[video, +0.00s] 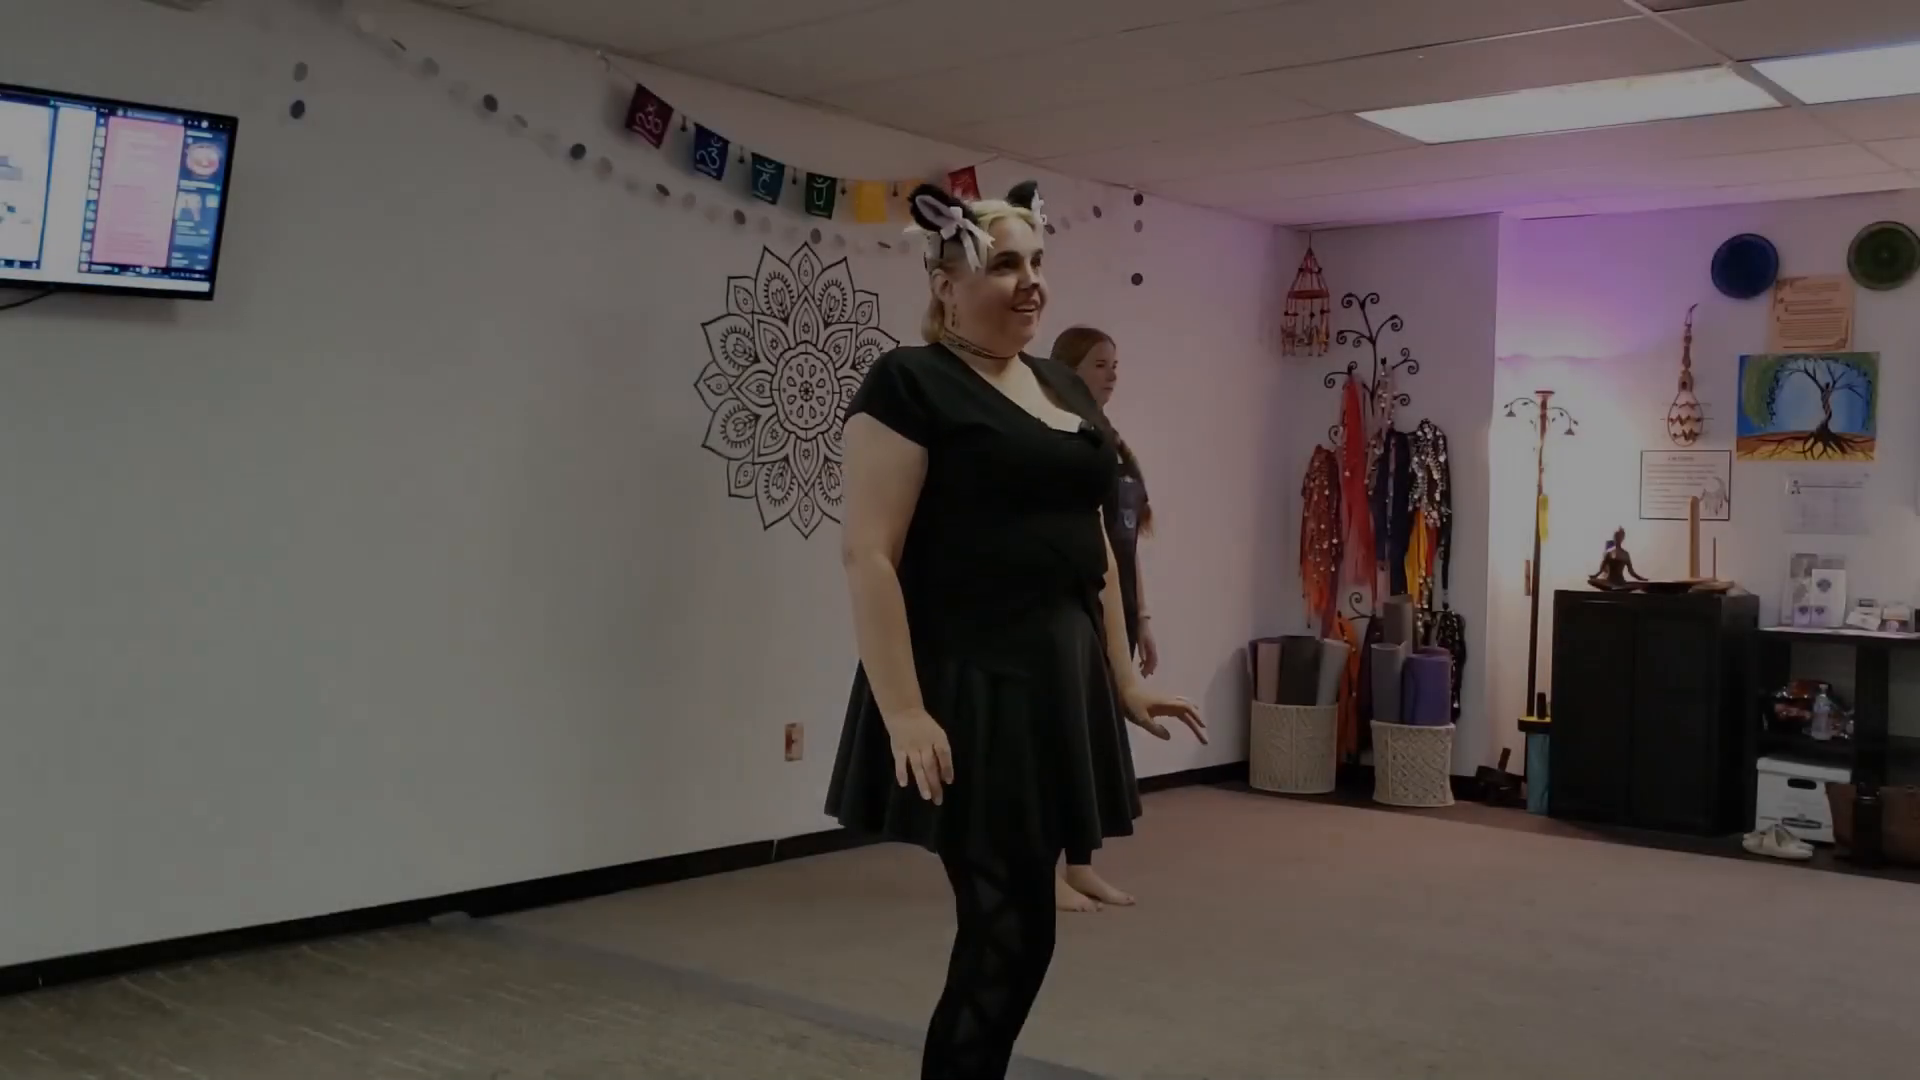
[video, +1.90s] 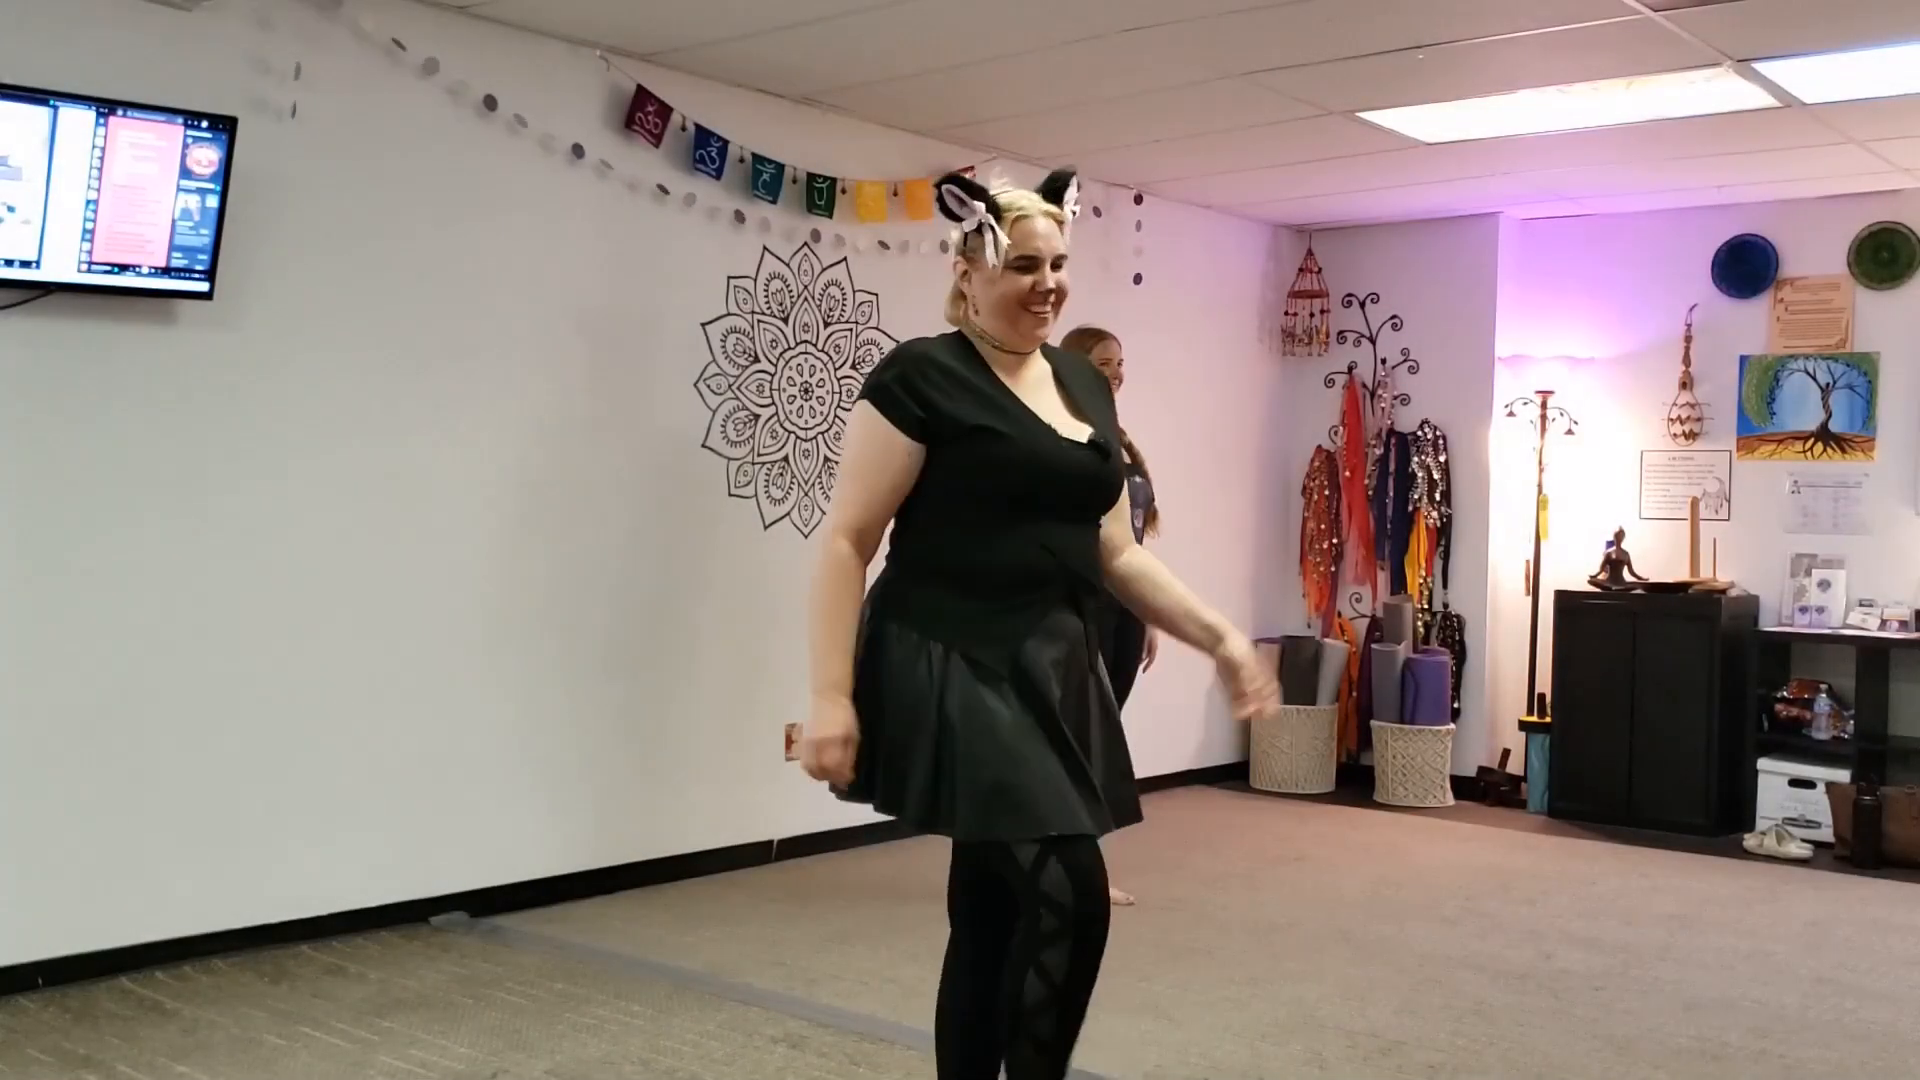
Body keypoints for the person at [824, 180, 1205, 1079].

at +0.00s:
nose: (1031, 282)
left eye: (1039, 264)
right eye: (1005, 265)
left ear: (1046, 277)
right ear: (947, 286)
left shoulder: (1056, 388)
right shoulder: (908, 383)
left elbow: (1093, 549)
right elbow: (868, 554)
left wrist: (1127, 683)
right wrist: (903, 712)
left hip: (1051, 688)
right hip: (960, 692)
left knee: (1004, 941)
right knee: (1011, 943)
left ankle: (964, 1068)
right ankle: (954, 1070)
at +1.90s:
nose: (1048, 282)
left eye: (1059, 265)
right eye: (1025, 264)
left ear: (1068, 271)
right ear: (967, 272)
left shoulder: (1075, 383)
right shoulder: (921, 375)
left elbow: (1116, 549)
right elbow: (846, 541)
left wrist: (1222, 635)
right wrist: (830, 698)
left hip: (1051, 666)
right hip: (942, 664)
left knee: (990, 918)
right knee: (1074, 898)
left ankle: (965, 1076)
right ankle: (1033, 1070)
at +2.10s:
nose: (1061, 276)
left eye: (1074, 258)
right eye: (1035, 259)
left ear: (1088, 275)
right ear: (989, 276)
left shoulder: (1109, 401)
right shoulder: (945, 376)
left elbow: (1157, 555)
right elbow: (854, 534)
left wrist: (1310, 548)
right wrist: (778, 678)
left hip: (1071, 678)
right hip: (960, 680)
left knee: (999, 932)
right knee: (1061, 940)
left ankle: (972, 1074)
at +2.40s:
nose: (1079, 266)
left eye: (1096, 247)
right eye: (1054, 253)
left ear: (1127, 268)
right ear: (1023, 284)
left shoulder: (1181, 398)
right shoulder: (982, 389)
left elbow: (1258, 547)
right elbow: (879, 552)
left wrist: (1384, 456)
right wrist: (772, 681)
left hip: (1136, 715)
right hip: (998, 709)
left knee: (1101, 966)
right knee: (1070, 977)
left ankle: (1016, 1065)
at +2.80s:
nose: (1081, 243)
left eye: (1108, 227)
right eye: (1061, 225)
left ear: (1150, 253)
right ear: (1037, 249)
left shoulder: (1214, 364)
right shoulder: (983, 377)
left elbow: (1299, 534)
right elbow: (894, 550)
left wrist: (1424, 547)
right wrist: (766, 637)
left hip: (1180, 718)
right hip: (1024, 721)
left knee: (1168, 996)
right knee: (1073, 1008)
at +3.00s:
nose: (1054, 222)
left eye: (1086, 201)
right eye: (1042, 206)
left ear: (1148, 224)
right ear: (1029, 234)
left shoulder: (1219, 369)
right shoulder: (989, 367)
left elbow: (1286, 569)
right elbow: (918, 551)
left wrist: (1374, 699)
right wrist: (803, 641)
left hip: (1164, 749)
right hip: (1010, 748)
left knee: (1103, 1047)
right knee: (1061, 1041)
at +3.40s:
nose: (979, 217)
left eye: (1008, 192)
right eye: (975, 199)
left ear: (1102, 200)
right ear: (973, 216)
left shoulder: (1181, 365)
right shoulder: (962, 356)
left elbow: (1233, 605)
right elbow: (912, 561)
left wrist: (1335, 783)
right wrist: (804, 685)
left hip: (1082, 771)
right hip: (921, 764)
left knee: (1061, 1057)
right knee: (944, 1056)